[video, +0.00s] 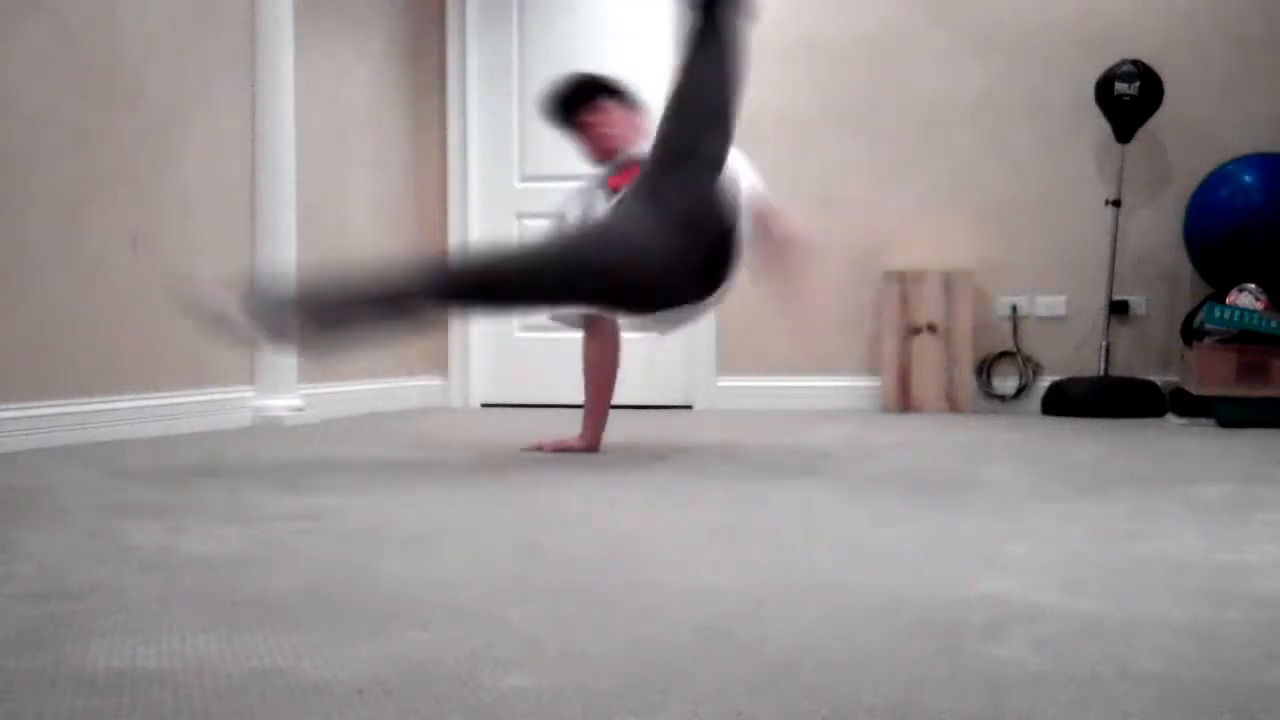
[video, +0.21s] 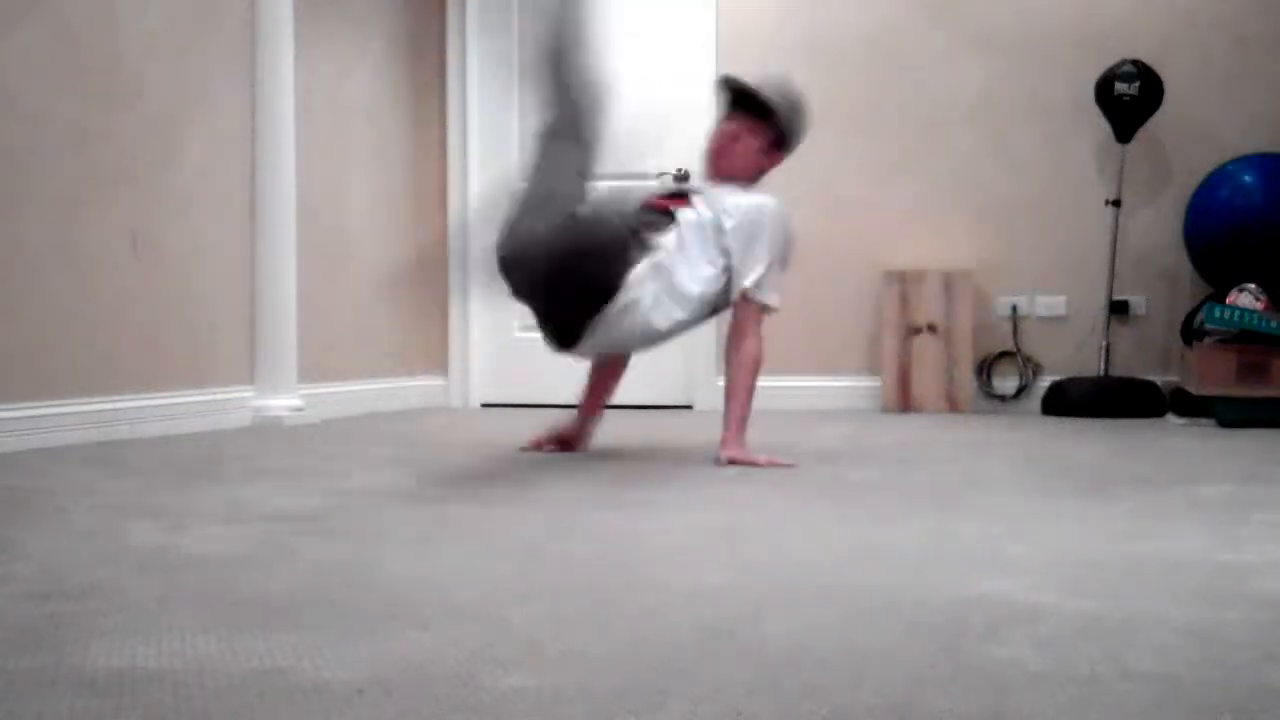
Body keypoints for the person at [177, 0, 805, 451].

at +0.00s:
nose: (597, 129)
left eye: (603, 115)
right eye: (585, 126)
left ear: (632, 111)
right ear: (580, 138)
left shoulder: (690, 159)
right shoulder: (591, 219)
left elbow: (771, 221)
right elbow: (600, 334)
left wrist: (798, 288)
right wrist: (589, 438)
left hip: (695, 240)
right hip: (624, 275)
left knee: (711, 63)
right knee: (459, 280)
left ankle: (716, 4)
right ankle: (299, 317)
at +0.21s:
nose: (726, 137)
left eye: (745, 133)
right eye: (726, 124)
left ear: (772, 157)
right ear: (716, 129)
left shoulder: (759, 212)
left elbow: (745, 336)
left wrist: (734, 441)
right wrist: (581, 428)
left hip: (592, 314)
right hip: (534, 272)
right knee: (572, 126)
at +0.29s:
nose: (754, 125)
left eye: (775, 118)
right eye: (754, 108)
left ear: (803, 141)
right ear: (744, 111)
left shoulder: (776, 216)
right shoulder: (722, 176)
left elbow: (753, 332)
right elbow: (640, 237)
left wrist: (734, 442)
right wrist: (568, 337)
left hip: (589, 283)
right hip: (577, 229)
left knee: (474, 333)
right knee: (616, 68)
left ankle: (319, 399)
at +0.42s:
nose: (739, 128)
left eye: (752, 120)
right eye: (739, 115)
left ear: (794, 128)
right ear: (742, 114)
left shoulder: (772, 220)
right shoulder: (761, 153)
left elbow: (748, 332)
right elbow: (699, 164)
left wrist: (733, 442)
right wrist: (636, 117)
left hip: (627, 297)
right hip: (638, 210)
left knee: (515, 391)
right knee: (570, 70)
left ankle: (432, 407)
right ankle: (491, 7)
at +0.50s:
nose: (682, 151)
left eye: (696, 141)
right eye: (679, 136)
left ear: (739, 133)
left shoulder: (744, 229)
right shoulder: (754, 109)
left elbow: (739, 336)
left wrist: (731, 445)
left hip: (686, 282)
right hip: (671, 196)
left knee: (643, 351)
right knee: (553, 117)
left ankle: (587, 415)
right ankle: (435, 77)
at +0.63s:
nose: (616, 199)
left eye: (627, 184)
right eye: (609, 184)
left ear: (669, 165)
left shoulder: (728, 188)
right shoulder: (620, 165)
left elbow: (733, 328)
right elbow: (613, 259)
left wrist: (731, 441)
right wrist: (606, 365)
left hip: (800, 190)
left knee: (785, 292)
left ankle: (786, 388)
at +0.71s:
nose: (586, 244)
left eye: (594, 227)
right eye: (575, 232)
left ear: (632, 203)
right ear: (563, 218)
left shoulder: (704, 205)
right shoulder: (583, 235)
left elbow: (725, 327)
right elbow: (624, 326)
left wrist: (731, 442)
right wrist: (635, 440)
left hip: (786, 144)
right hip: (700, 141)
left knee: (883, 284)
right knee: (640, 296)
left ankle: (967, 310)